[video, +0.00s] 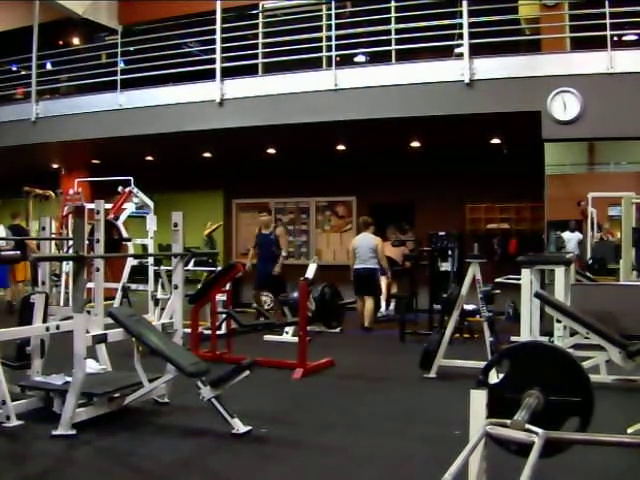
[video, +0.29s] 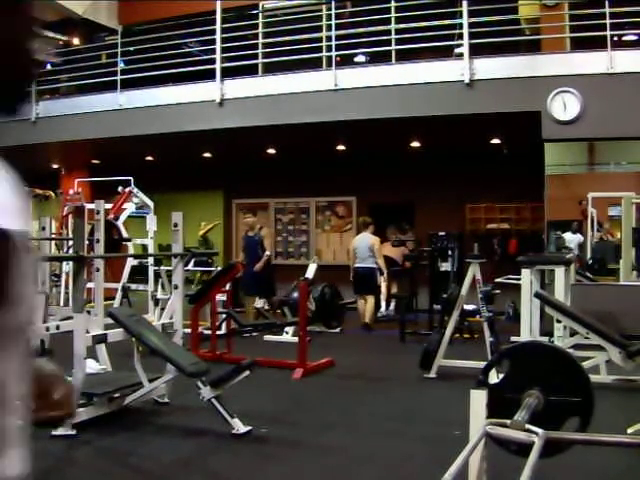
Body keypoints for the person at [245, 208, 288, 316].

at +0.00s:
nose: (262, 219)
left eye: (264, 216)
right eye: (260, 216)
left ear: (271, 217)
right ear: (258, 218)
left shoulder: (278, 230)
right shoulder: (259, 230)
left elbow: (284, 249)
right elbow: (253, 247)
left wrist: (279, 265)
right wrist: (249, 261)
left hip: (273, 265)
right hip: (261, 265)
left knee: (275, 292)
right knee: (257, 291)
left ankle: (278, 314)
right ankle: (259, 313)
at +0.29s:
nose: (246, 221)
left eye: (249, 218)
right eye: (244, 218)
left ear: (255, 218)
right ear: (243, 220)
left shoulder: (263, 231)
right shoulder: (245, 234)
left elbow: (268, 251)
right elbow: (243, 251)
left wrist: (260, 264)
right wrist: (240, 262)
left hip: (260, 266)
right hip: (248, 266)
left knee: (262, 295)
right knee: (249, 294)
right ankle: (250, 320)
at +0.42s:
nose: (241, 219)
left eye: (243, 216)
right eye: (239, 216)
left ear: (249, 217)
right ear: (238, 219)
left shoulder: (258, 230)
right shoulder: (238, 233)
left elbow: (265, 250)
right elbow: (234, 250)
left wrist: (259, 266)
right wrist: (230, 263)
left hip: (255, 267)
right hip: (242, 267)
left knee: (256, 296)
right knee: (243, 296)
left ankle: (256, 321)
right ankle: (245, 322)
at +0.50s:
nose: (237, 217)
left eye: (240, 214)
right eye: (236, 214)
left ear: (246, 215)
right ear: (234, 217)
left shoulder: (254, 229)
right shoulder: (233, 231)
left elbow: (263, 250)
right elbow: (229, 246)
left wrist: (260, 267)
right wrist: (226, 258)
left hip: (251, 266)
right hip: (238, 266)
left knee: (249, 294)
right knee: (238, 295)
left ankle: (254, 319)